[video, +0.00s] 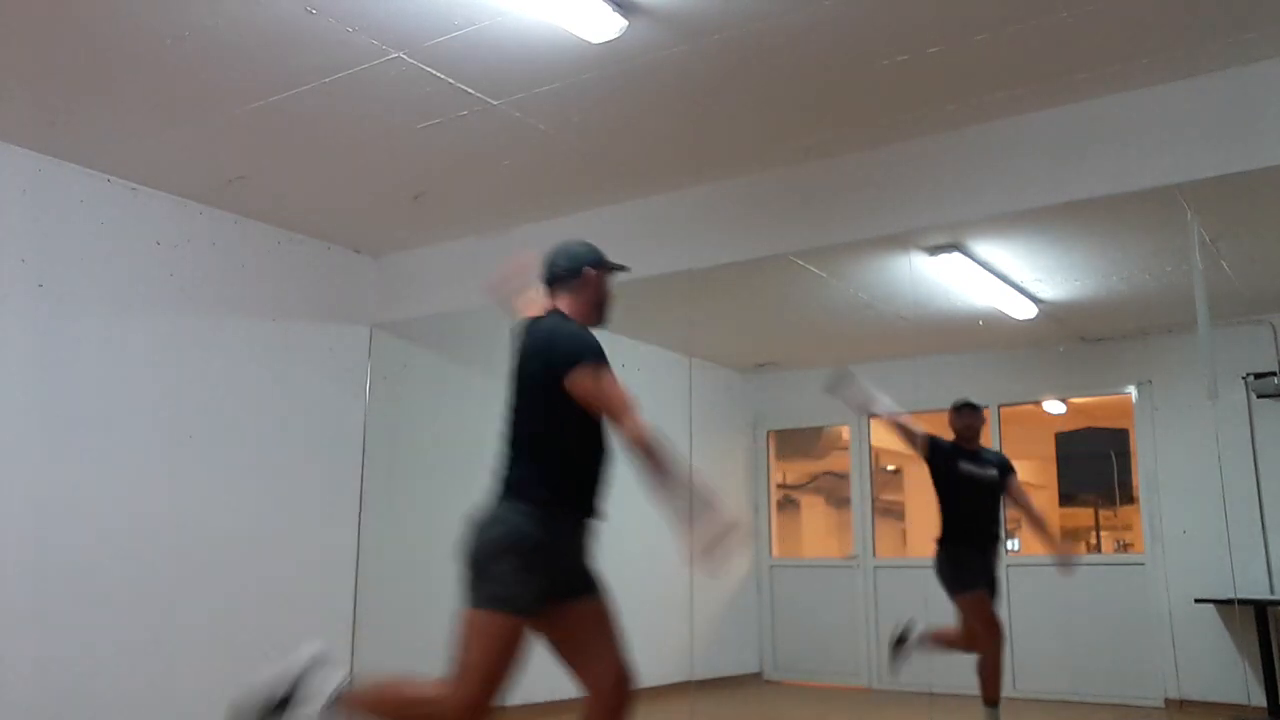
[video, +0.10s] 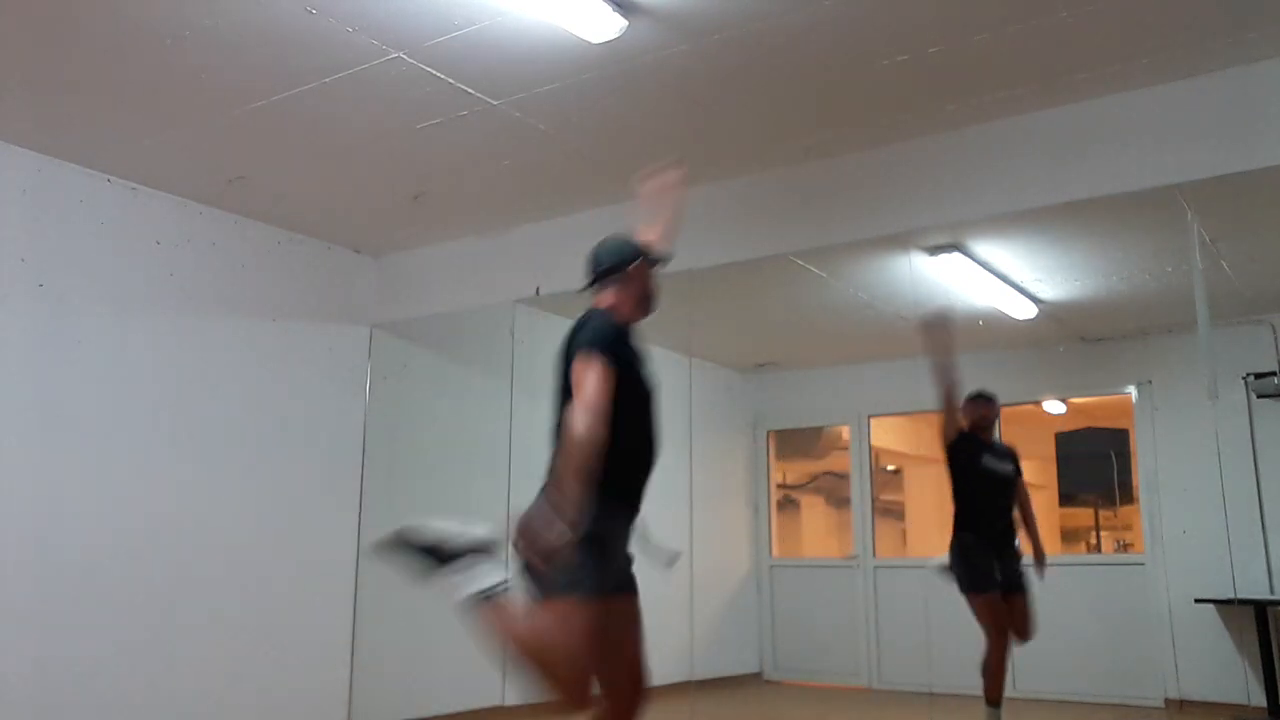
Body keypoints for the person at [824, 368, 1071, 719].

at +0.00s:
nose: (968, 427)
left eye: (973, 421)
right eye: (961, 421)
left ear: (983, 423)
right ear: (951, 424)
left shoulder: (998, 463)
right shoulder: (939, 452)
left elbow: (1026, 506)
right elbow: (900, 425)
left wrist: (1056, 547)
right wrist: (866, 402)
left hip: (984, 557)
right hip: (953, 556)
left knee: (973, 639)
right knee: (991, 636)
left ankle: (912, 639)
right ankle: (992, 712)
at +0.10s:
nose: (979, 415)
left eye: (986, 409)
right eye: (973, 409)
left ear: (996, 415)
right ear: (963, 414)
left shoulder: (1007, 455)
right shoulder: (958, 446)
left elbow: (1023, 504)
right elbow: (948, 392)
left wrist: (1036, 548)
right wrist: (942, 345)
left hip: (1005, 547)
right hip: (970, 548)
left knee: (1022, 630)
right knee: (998, 632)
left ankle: (971, 583)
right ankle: (993, 713)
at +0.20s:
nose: (1008, 383)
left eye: (1010, 377)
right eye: (1001, 379)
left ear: (1012, 384)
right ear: (985, 383)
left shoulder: (1018, 419)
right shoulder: (980, 413)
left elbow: (1017, 462)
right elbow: (1007, 370)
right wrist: (1037, 328)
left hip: (1016, 519)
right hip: (981, 519)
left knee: (1051, 596)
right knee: (975, 610)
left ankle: (999, 611)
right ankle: (967, 691)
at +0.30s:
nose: (1010, 365)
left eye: (1015, 360)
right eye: (1002, 361)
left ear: (1024, 367)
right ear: (992, 371)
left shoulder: (1026, 400)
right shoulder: (999, 401)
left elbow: (1048, 390)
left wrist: (1054, 373)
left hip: (1030, 510)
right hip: (995, 507)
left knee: (1078, 585)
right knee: (960, 587)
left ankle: (1091, 678)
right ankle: (904, 591)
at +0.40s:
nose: (1024, 369)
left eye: (1028, 364)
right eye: (1016, 367)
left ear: (1038, 373)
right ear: (1008, 380)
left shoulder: (1051, 405)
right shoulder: (1017, 418)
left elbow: (1068, 352)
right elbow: (1058, 442)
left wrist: (1077, 310)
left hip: (1047, 521)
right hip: (1011, 519)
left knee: (1090, 601)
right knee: (959, 588)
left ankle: (1105, 694)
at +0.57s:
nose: (1073, 414)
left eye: (1078, 407)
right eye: (1067, 409)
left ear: (1087, 408)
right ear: (1057, 413)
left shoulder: (1101, 444)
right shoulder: (1048, 453)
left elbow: (1126, 432)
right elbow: (1028, 509)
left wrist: (1143, 399)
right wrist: (1022, 558)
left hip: (1080, 556)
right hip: (1042, 556)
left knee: (1099, 646)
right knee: (1068, 627)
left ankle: (1078, 715)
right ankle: (1004, 646)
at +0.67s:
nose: (1099, 445)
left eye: (1106, 438)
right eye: (1092, 437)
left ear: (1117, 436)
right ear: (1082, 433)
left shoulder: (1126, 465)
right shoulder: (1060, 467)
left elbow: (1170, 500)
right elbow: (1014, 505)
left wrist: (1185, 532)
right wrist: (1004, 558)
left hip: (1097, 569)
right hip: (1057, 568)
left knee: (1122, 660)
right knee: (1109, 643)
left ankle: (1090, 712)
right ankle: (1093, 710)